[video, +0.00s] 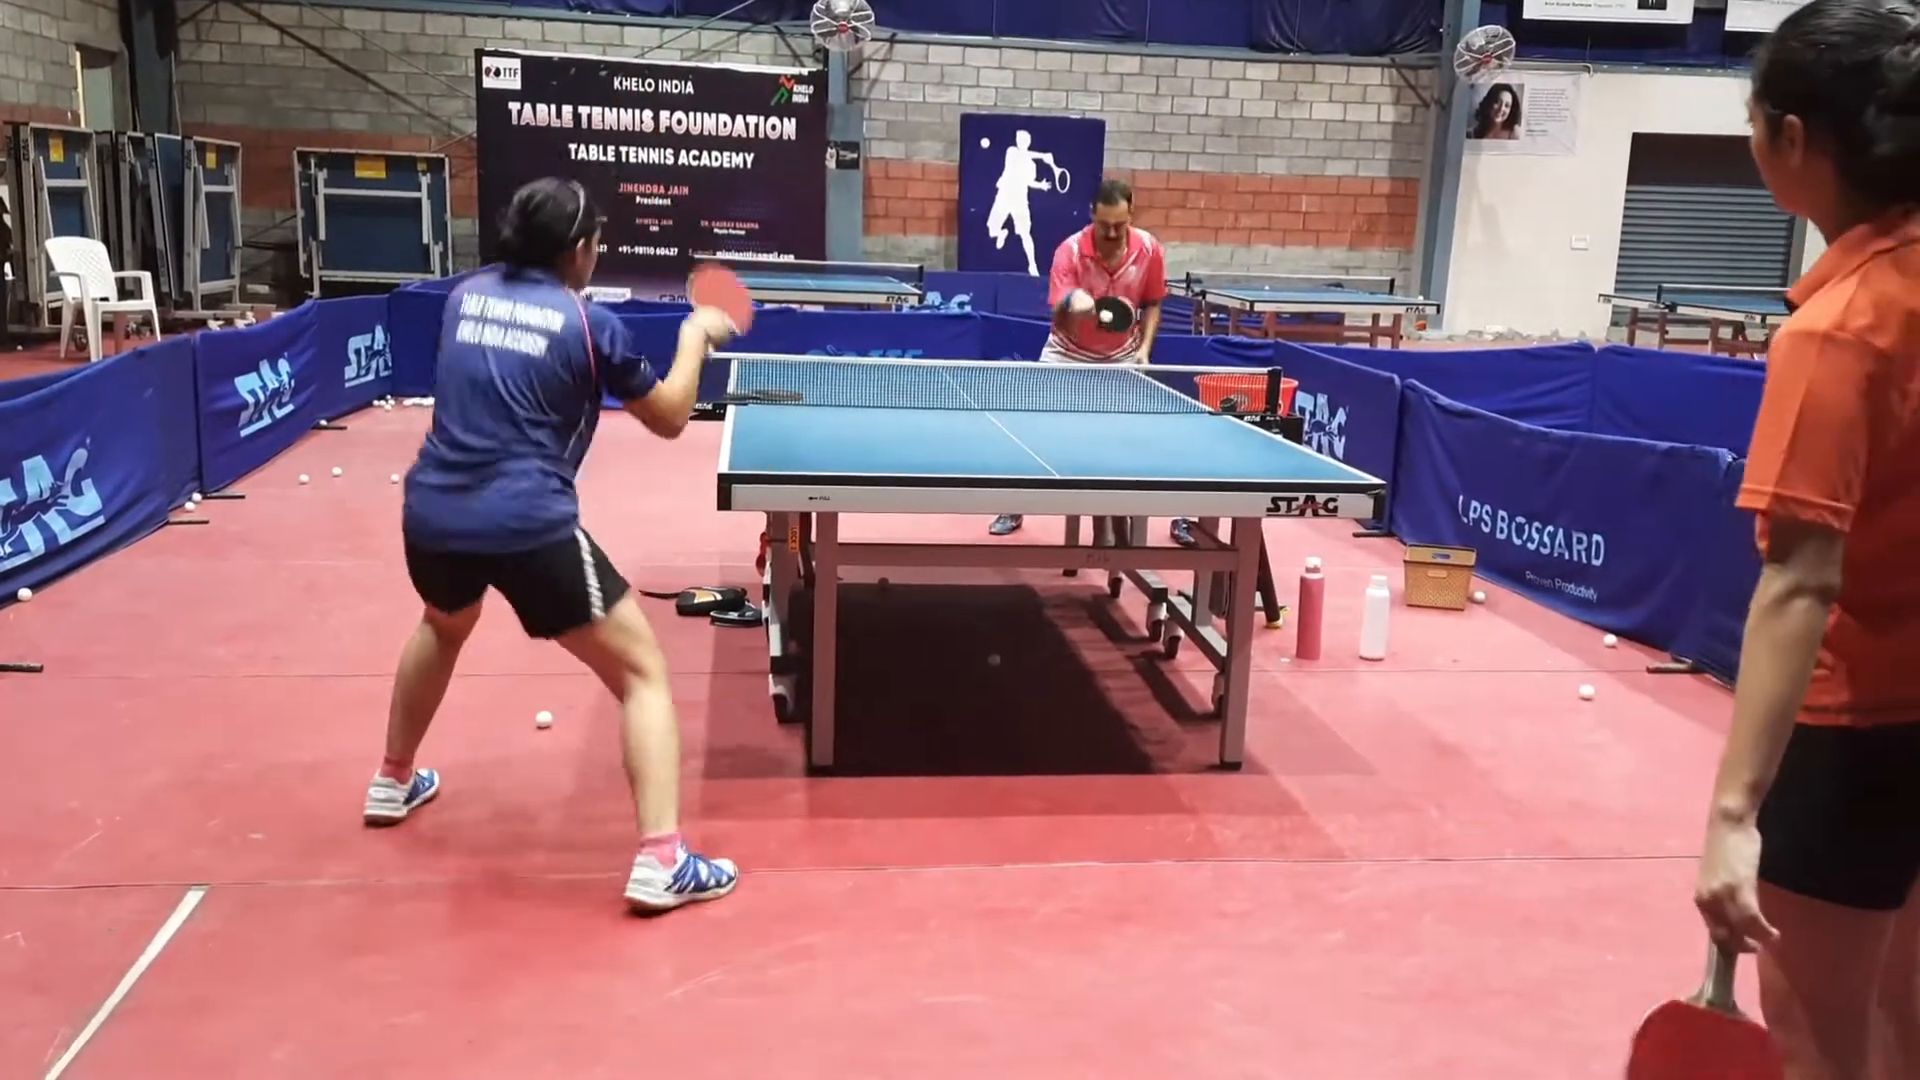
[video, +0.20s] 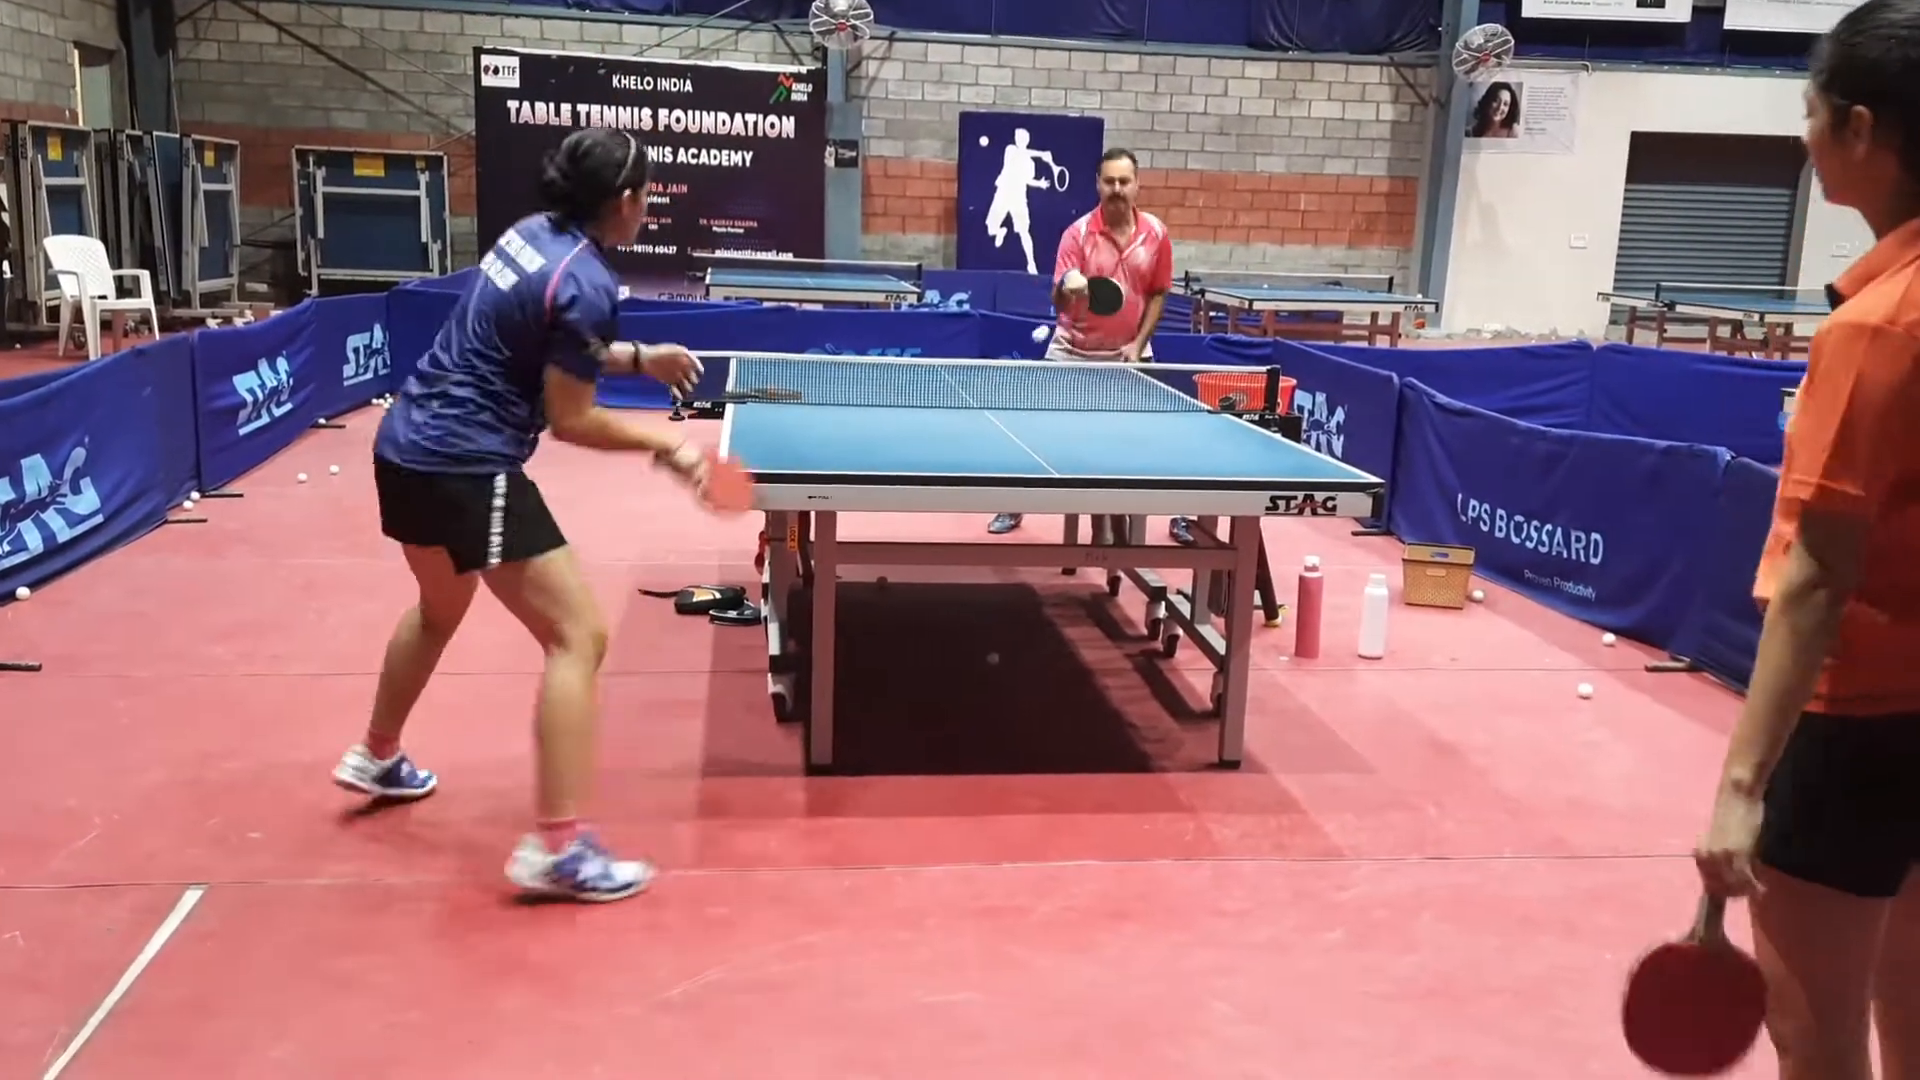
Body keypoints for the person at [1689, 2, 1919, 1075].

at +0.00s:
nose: (1755, 155)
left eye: (1757, 130)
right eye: (1757, 131)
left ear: (1800, 138)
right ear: (1905, 126)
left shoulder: (1844, 319)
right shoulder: (1903, 273)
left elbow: (1799, 583)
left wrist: (1734, 810)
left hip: (1852, 739)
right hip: (1913, 728)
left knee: (1816, 1033)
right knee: (1903, 1017)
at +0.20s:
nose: (1808, 147)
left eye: (1814, 122)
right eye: (1809, 122)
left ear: (1866, 131)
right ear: (1889, 131)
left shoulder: (1879, 323)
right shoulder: (1901, 297)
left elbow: (1814, 580)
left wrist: (1740, 783)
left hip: (1850, 728)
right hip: (1907, 718)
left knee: (1813, 1025)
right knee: (1907, 1012)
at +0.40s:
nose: (1852, 116)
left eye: (1870, 93)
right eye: (1862, 90)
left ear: (1918, 116)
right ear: (1907, 111)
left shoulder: (1892, 304)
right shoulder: (1898, 287)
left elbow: (1826, 545)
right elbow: (1832, 531)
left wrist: (1737, 720)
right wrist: (1748, 712)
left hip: (1850, 711)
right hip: (1909, 707)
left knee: (1818, 1020)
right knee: (1910, 1010)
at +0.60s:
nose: (1889, 124)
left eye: (1903, 103)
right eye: (1896, 101)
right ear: (1918, 126)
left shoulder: (1900, 288)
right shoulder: (1897, 286)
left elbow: (1836, 512)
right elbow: (1838, 509)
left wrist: (1718, 676)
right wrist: (1723, 671)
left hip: (1867, 699)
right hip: (1907, 697)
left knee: (1816, 1009)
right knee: (1908, 1004)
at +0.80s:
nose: (1903, 139)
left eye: (1909, 123)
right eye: (1906, 123)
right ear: (1910, 141)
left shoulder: (1904, 280)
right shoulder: (1897, 280)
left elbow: (1854, 498)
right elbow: (1854, 497)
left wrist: (1771, 678)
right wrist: (1783, 686)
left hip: (1876, 674)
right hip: (1887, 677)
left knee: (1802, 987)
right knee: (1910, 985)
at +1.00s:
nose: (1900, 138)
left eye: (1910, 123)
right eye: (1906, 122)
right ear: (1909, 138)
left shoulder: (1907, 265)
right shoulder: (1902, 268)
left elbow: (1874, 482)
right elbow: (1871, 482)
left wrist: (1787, 662)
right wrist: (1802, 664)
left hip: (1880, 662)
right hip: (1886, 665)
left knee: (1784, 976)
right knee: (1909, 977)